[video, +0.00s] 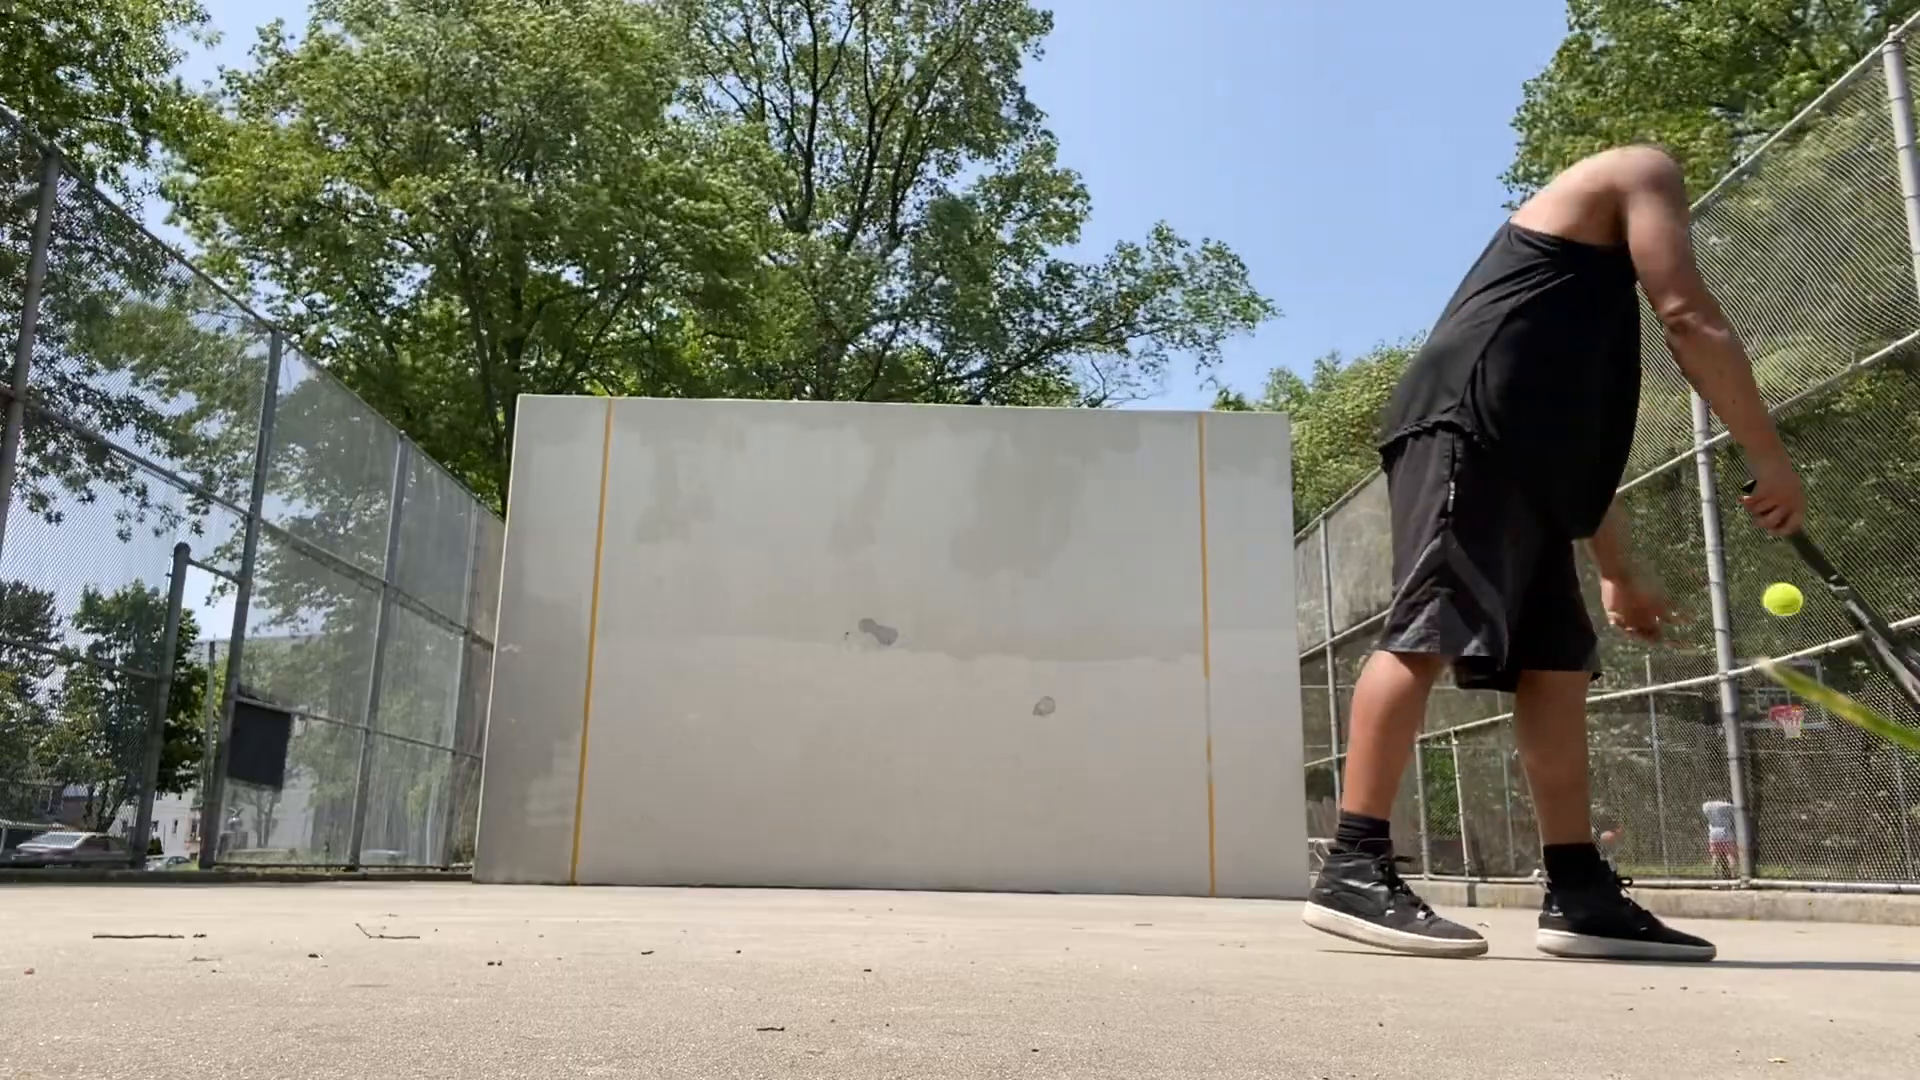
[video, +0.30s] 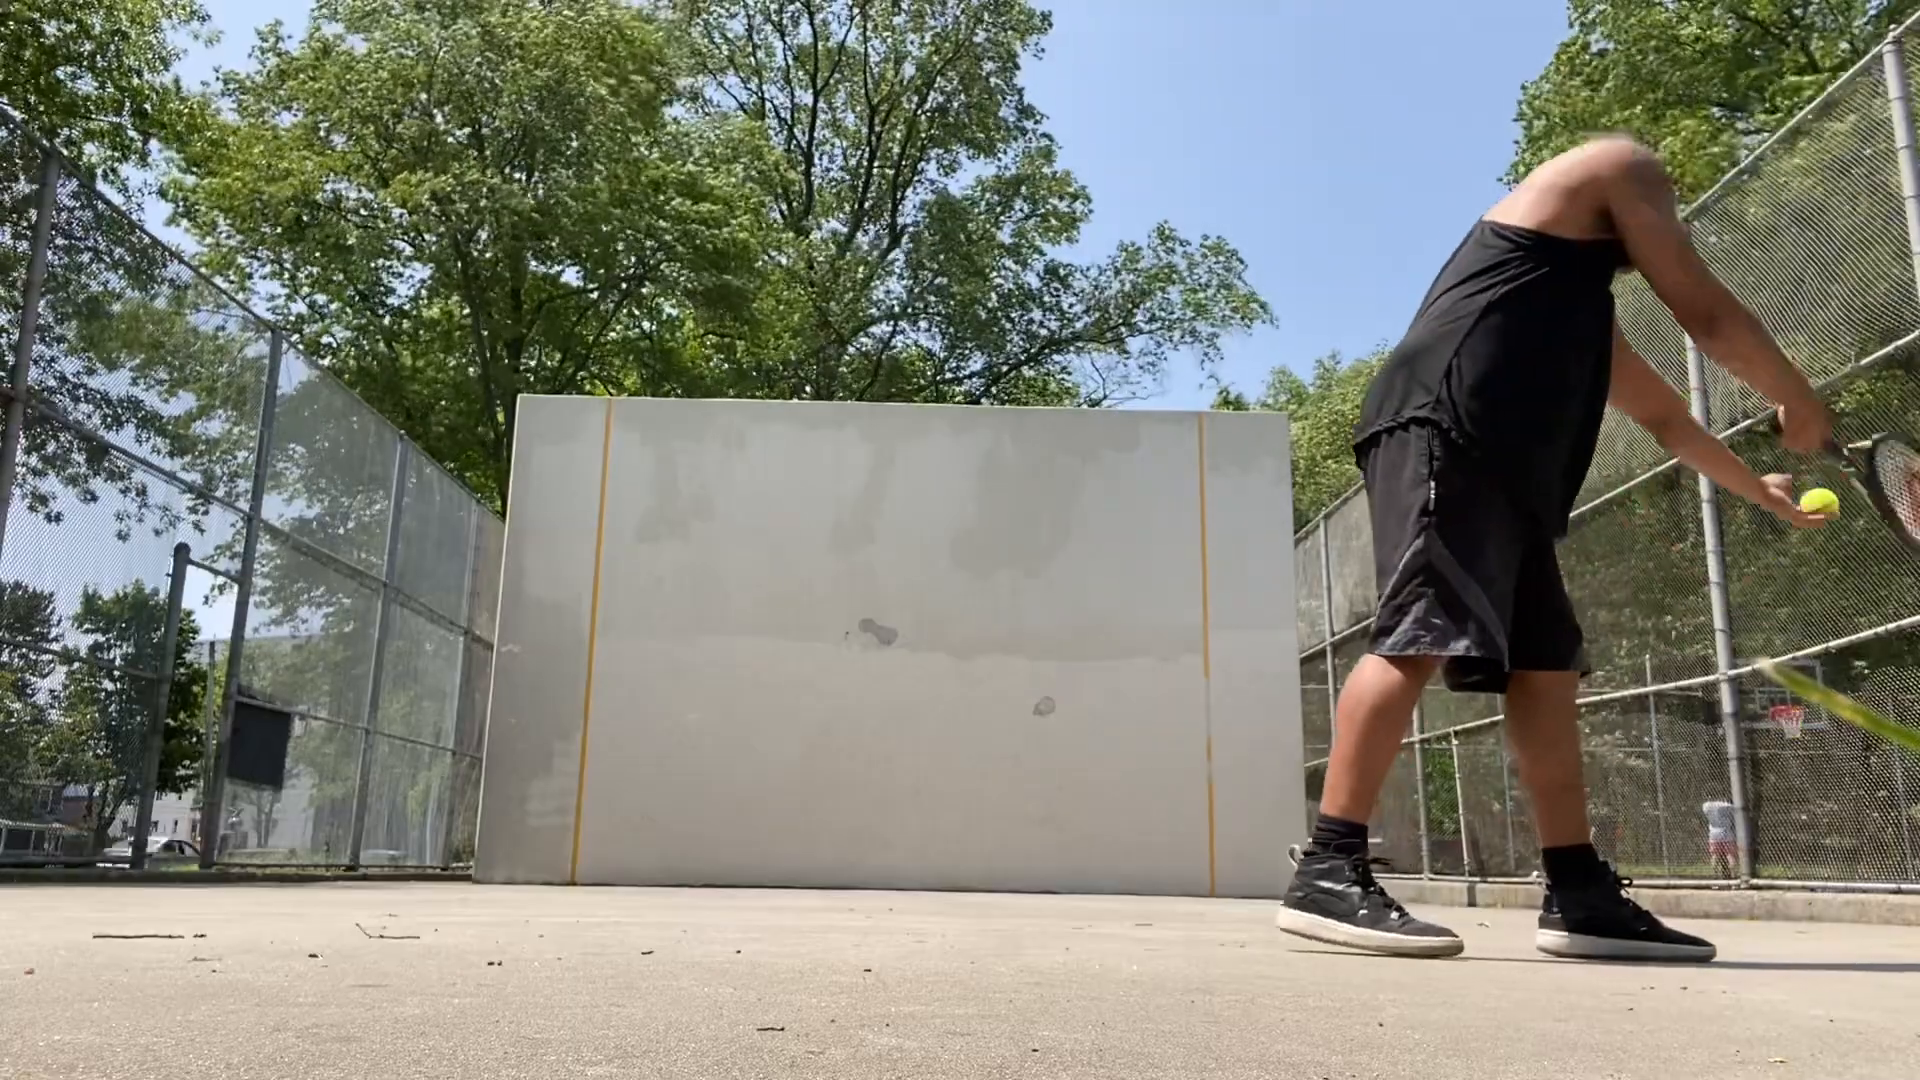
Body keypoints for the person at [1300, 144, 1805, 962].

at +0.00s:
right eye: (1671, 182)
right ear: (1656, 164)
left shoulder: (1580, 282)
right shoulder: (1636, 170)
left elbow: (1574, 429)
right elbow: (1687, 315)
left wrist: (1620, 570)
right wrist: (1770, 456)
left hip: (1525, 459)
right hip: (1465, 421)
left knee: (1556, 658)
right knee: (1420, 634)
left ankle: (1579, 892)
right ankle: (1354, 866)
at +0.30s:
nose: (1658, 209)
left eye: (1655, 201)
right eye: (1651, 188)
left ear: (1606, 218)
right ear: (1623, 171)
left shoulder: (1575, 307)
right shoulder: (1613, 163)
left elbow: (1662, 414)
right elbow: (1705, 311)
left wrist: (1753, 485)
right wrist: (1796, 402)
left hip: (1499, 468)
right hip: (1437, 425)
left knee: (1543, 657)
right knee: (1414, 634)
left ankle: (1578, 893)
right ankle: (1329, 867)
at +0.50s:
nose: (1595, 165)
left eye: (1591, 157)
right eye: (1589, 148)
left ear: (1525, 135)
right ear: (1571, 131)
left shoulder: (1506, 247)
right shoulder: (1552, 142)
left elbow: (1618, 379)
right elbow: (1624, 296)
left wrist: (1693, 414)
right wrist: (1715, 394)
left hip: (1466, 451)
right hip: (1416, 422)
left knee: (1520, 665)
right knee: (1428, 637)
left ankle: (1578, 894)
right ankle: (1322, 878)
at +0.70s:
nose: (1527, 124)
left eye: (1522, 113)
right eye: (1522, 109)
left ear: (1446, 98)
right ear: (1504, 97)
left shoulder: (1430, 172)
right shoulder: (1475, 128)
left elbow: (1520, 357)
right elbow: (1512, 291)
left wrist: (1623, 455)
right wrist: (1610, 433)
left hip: (1426, 441)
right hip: (1408, 426)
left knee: (1487, 674)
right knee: (1442, 643)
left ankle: (1573, 893)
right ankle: (1324, 876)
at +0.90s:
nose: (1480, 103)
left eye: (1474, 93)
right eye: (1476, 89)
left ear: (1390, 92)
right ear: (1457, 79)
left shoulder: (1385, 156)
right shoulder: (1429, 115)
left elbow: (1394, 320)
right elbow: (1428, 242)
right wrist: (1480, 358)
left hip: (1409, 434)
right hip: (1403, 425)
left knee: (1488, 666)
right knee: (1442, 640)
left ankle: (1572, 892)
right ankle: (1323, 878)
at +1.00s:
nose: (1466, 96)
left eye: (1460, 85)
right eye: (1460, 81)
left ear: (1382, 88)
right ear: (1438, 73)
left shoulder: (1392, 155)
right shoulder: (1413, 111)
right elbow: (1413, 201)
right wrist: (1449, 279)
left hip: (1426, 438)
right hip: (1405, 429)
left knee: (1489, 664)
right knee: (1427, 644)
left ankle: (1570, 892)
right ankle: (1321, 881)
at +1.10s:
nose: (1461, 88)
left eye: (1453, 78)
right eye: (1455, 74)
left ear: (1373, 83)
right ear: (1440, 69)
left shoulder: (1405, 165)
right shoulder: (1396, 111)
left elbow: (1468, 350)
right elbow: (1421, 148)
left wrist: (1521, 469)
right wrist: (1456, 160)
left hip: (1447, 452)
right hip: (1407, 441)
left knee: (1500, 669)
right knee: (1413, 646)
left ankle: (1569, 893)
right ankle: (1319, 881)